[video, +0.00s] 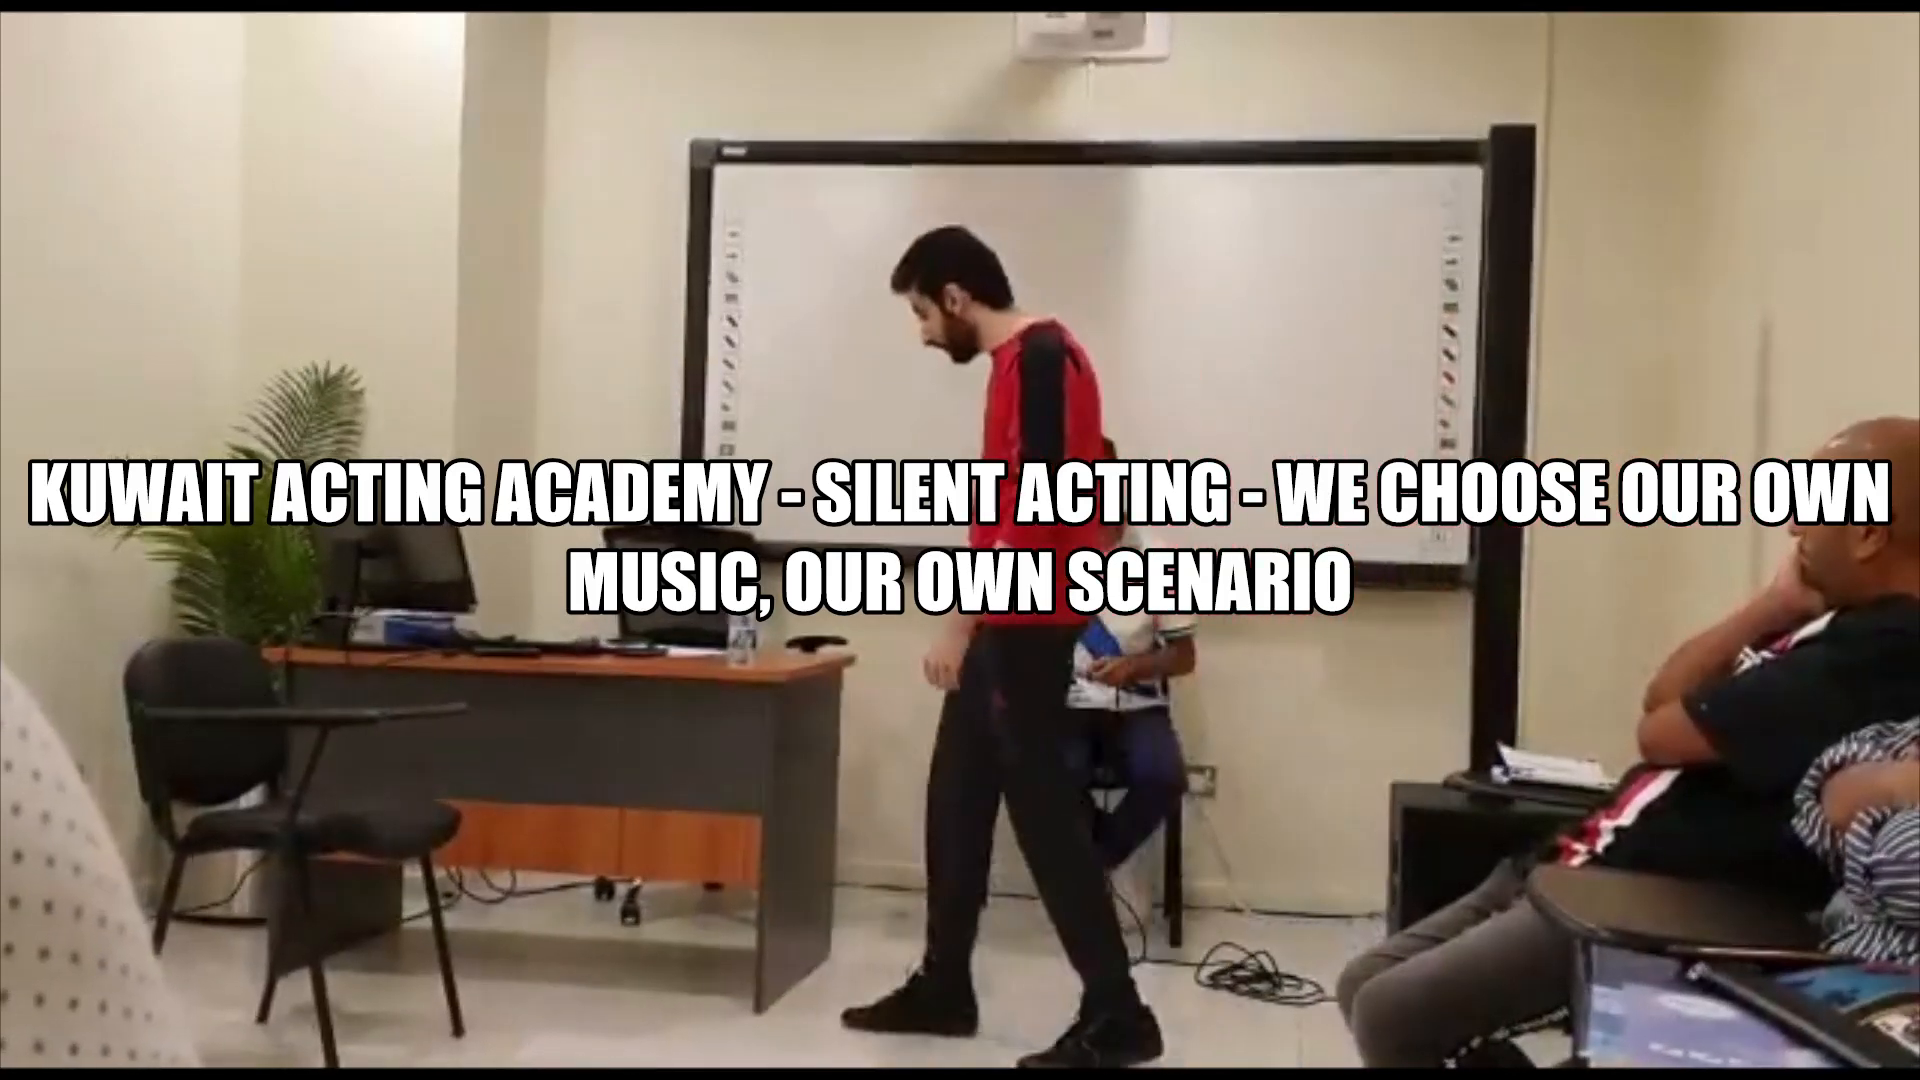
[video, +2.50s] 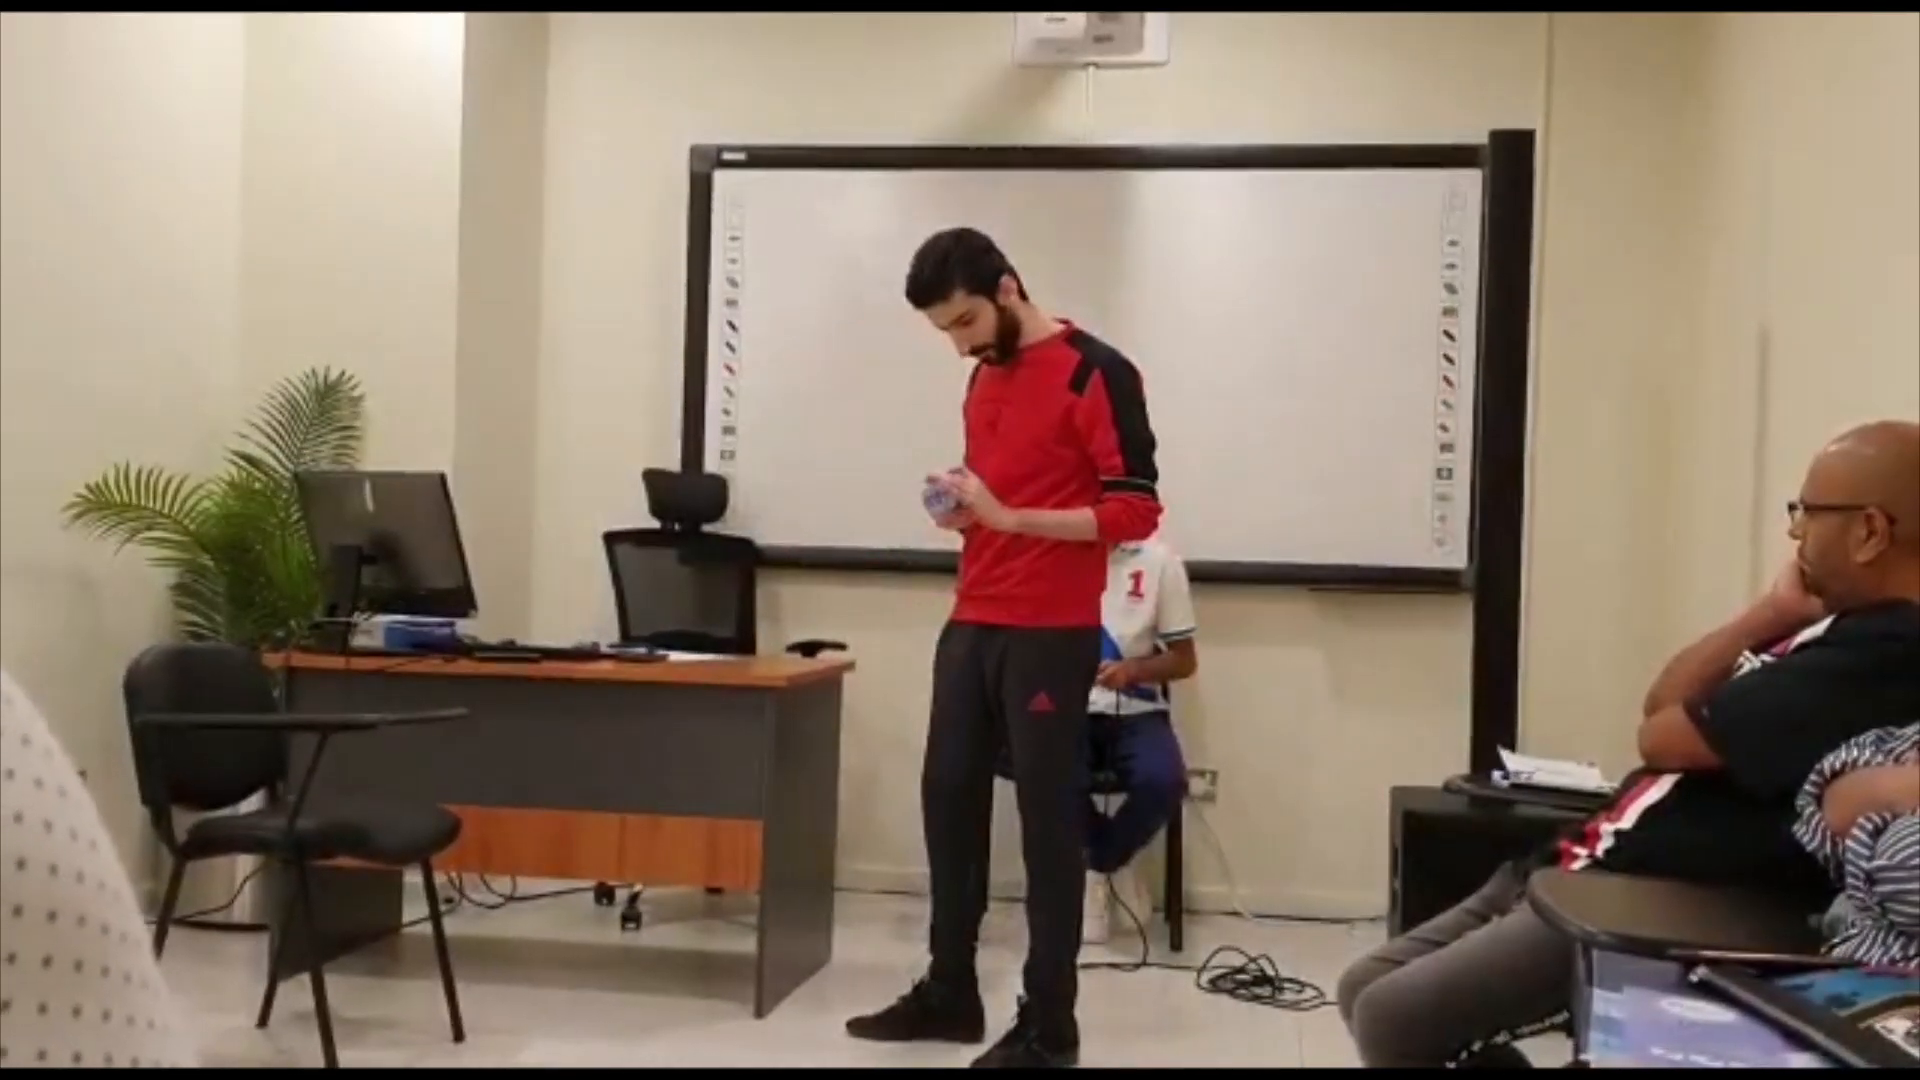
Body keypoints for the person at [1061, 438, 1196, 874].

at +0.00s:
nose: (1094, 494)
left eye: (1103, 480)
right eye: (1082, 482)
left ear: (1118, 483)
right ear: (1063, 490)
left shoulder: (1146, 554)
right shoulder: (1050, 556)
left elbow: (1184, 654)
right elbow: (1022, 635)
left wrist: (1134, 667)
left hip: (1136, 707)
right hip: (1068, 706)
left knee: (1162, 778)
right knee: (1052, 778)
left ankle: (1096, 858)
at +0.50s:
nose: (1091, 510)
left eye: (1100, 494)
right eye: (1078, 496)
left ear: (1119, 493)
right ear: (1058, 499)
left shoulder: (1150, 559)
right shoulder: (1041, 557)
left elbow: (1182, 654)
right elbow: (1012, 634)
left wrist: (1135, 667)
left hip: (1134, 708)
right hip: (1057, 705)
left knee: (1162, 778)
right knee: (1053, 780)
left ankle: (1093, 868)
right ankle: (1111, 860)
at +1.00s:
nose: (1096, 519)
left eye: (1105, 505)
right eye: (1083, 506)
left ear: (1121, 502)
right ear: (1062, 508)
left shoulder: (1150, 558)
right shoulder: (1043, 556)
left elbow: (1182, 654)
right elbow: (1014, 634)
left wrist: (1131, 669)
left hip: (1133, 708)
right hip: (1059, 706)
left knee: (1161, 779)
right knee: (1051, 780)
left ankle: (1092, 867)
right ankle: (1113, 860)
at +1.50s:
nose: (1118, 533)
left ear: (1137, 536)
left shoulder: (1156, 576)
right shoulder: (1056, 575)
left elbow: (1183, 656)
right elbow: (1034, 646)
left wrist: (1134, 667)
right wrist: (1076, 670)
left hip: (1139, 713)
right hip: (1072, 712)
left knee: (1162, 778)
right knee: (1051, 780)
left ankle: (1097, 863)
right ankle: (1117, 861)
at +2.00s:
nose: (1116, 512)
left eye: (1126, 496)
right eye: (1105, 497)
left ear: (1140, 502)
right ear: (1085, 501)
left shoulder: (1156, 560)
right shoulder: (1062, 560)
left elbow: (1183, 658)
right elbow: (1038, 635)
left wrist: (1131, 669)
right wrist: (1067, 667)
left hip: (1138, 712)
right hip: (1071, 711)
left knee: (1161, 782)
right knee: (1047, 780)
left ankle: (1095, 868)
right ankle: (1116, 861)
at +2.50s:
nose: (1122, 510)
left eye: (1132, 495)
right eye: (1110, 497)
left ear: (1143, 501)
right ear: (1087, 500)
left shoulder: (1157, 561)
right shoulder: (1064, 558)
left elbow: (1184, 659)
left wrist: (1132, 670)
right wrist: (1067, 667)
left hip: (1139, 713)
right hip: (1073, 711)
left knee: (1162, 782)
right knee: (1050, 781)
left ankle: (1096, 869)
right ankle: (1116, 863)